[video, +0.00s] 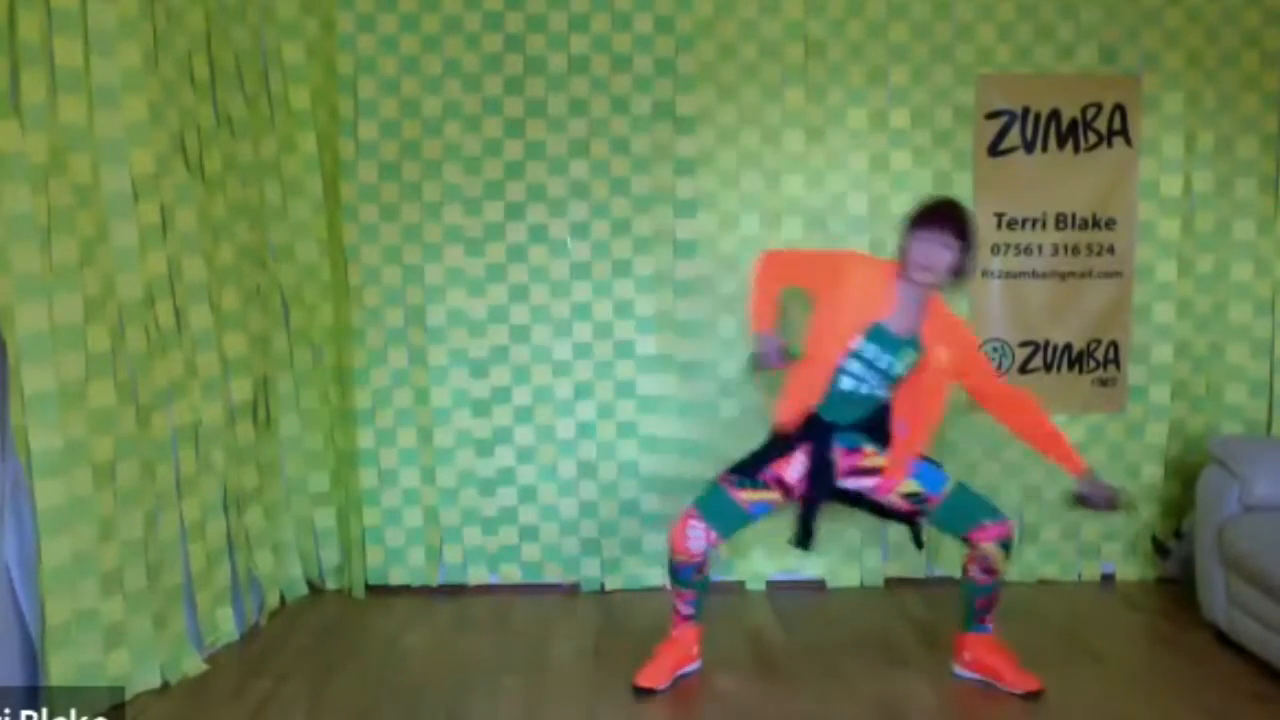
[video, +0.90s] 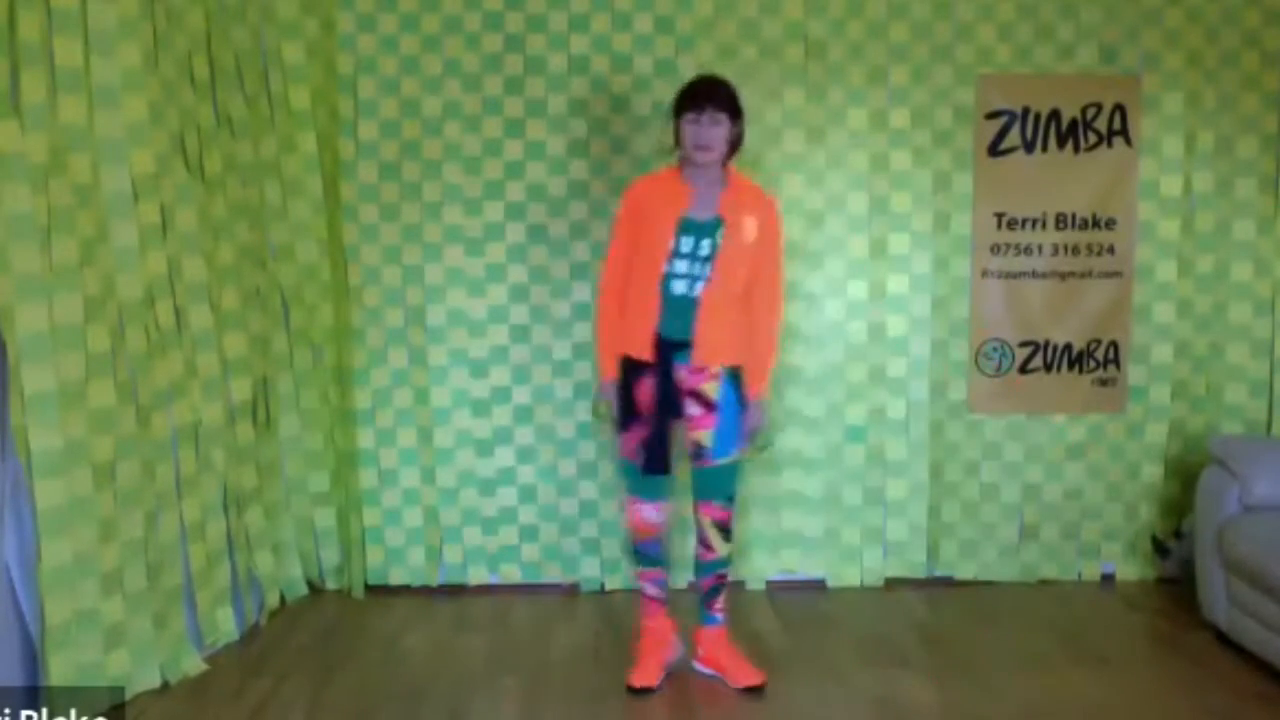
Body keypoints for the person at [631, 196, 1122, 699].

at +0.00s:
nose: (932, 253)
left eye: (946, 246)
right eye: (926, 239)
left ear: (959, 262)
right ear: (904, 241)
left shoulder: (951, 337)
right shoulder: (851, 275)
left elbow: (1008, 403)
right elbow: (772, 265)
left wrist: (1080, 471)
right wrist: (764, 332)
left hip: (877, 460)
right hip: (800, 446)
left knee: (990, 530)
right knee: (691, 534)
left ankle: (977, 645)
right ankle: (682, 640)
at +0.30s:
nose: (915, 256)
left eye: (929, 249)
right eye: (909, 242)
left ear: (945, 258)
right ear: (893, 238)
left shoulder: (944, 324)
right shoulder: (846, 276)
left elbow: (999, 392)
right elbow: (762, 287)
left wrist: (1069, 463)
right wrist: (755, 357)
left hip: (868, 454)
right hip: (795, 445)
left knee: (987, 531)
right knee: (688, 537)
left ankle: (976, 646)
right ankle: (674, 638)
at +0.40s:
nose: (836, 214)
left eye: (850, 205)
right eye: (832, 201)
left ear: (869, 219)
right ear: (817, 204)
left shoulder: (879, 284)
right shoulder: (775, 258)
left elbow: (934, 356)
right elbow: (701, 308)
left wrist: (988, 432)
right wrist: (693, 381)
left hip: (833, 428)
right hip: (762, 426)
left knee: (935, 527)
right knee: (674, 536)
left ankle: (972, 643)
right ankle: (673, 639)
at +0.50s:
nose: (786, 188)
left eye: (800, 178)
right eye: (779, 175)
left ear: (819, 187)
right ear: (763, 178)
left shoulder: (834, 247)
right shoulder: (726, 237)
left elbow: (877, 325)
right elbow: (674, 310)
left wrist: (920, 399)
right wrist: (663, 387)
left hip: (809, 401)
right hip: (738, 401)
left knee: (881, 514)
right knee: (674, 515)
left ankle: (952, 640)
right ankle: (673, 639)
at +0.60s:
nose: (747, 155)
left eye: (760, 146)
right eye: (738, 142)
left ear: (778, 156)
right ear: (721, 148)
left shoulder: (803, 217)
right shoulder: (691, 220)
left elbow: (830, 298)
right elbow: (656, 304)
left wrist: (860, 379)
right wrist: (641, 388)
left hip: (789, 373)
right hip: (719, 377)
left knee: (837, 492)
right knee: (681, 499)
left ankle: (880, 631)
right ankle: (674, 636)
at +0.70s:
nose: (722, 141)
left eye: (734, 129)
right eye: (711, 128)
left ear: (752, 136)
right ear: (694, 133)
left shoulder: (778, 196)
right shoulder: (670, 203)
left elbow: (804, 283)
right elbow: (644, 294)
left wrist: (820, 367)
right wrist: (627, 385)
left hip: (776, 359)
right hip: (705, 363)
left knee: (792, 497)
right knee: (688, 506)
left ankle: (797, 629)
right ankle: (676, 632)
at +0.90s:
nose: (704, 132)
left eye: (716, 122)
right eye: (694, 121)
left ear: (736, 134)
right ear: (676, 130)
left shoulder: (756, 208)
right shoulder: (643, 198)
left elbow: (765, 300)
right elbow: (614, 285)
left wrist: (757, 386)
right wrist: (611, 373)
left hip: (718, 367)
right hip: (646, 364)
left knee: (716, 506)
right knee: (646, 505)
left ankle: (713, 633)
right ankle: (655, 629)